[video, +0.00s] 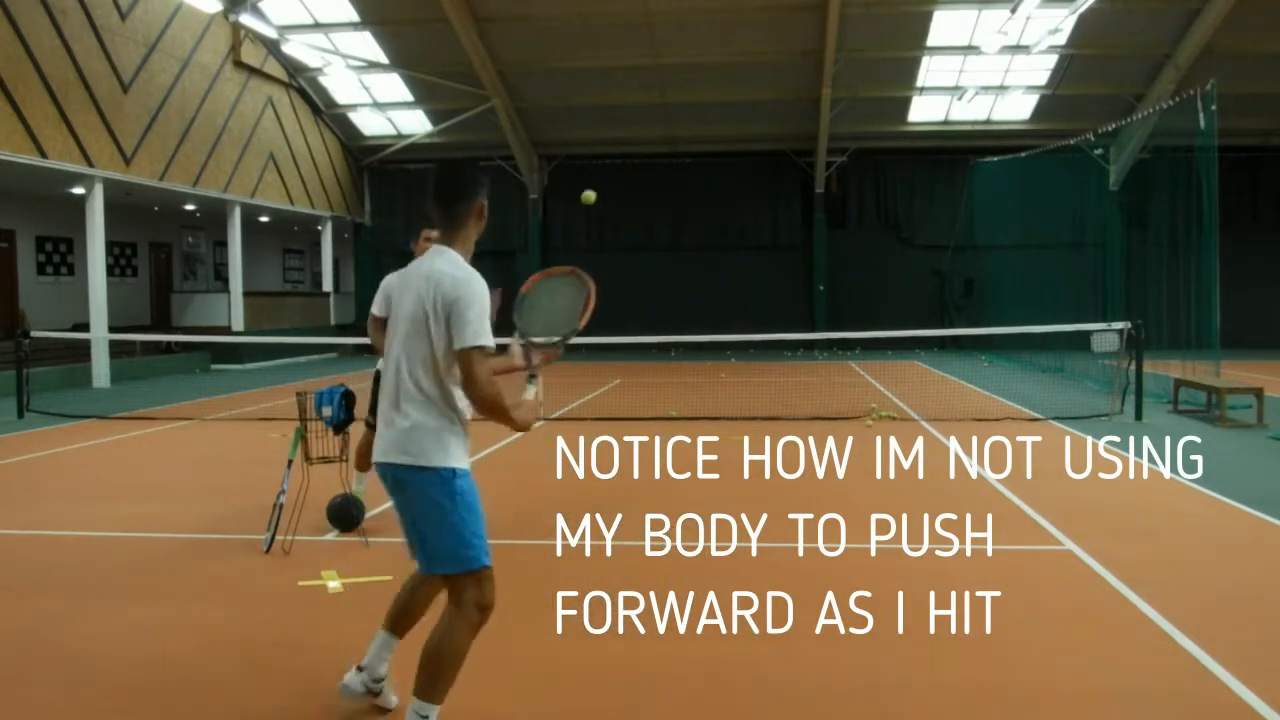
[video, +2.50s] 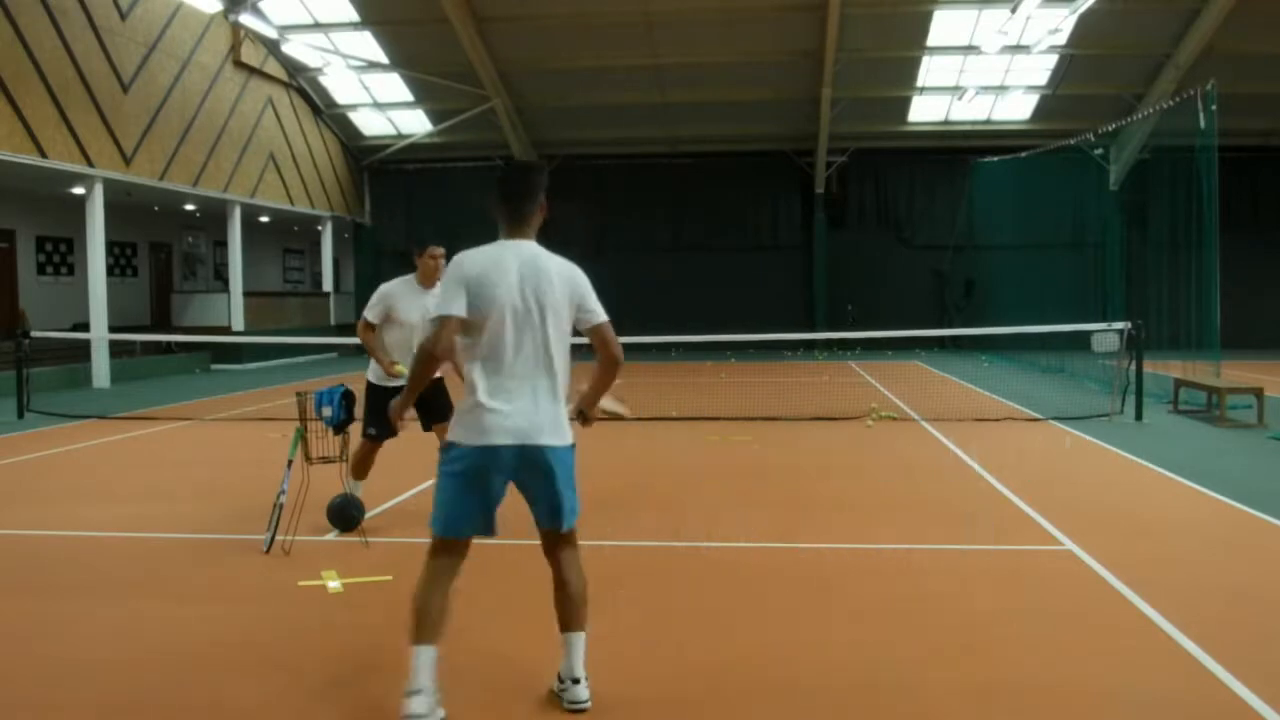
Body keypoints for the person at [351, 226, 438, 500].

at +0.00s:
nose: (432, 247)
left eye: (438, 242)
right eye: (427, 240)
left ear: (444, 248)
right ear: (414, 246)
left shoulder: (445, 284)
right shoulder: (394, 280)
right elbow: (375, 328)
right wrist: (396, 354)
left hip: (430, 372)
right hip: (391, 370)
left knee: (446, 428)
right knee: (374, 430)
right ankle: (357, 488)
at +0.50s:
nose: (385, 242)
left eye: (388, 238)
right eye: (378, 238)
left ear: (392, 243)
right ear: (365, 242)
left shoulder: (404, 279)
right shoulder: (348, 282)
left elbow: (413, 320)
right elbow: (334, 327)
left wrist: (412, 348)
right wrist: (373, 345)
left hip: (400, 371)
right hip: (359, 374)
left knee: (420, 426)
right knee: (350, 434)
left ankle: (422, 492)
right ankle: (349, 497)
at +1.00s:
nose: (384, 241)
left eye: (387, 236)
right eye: (377, 236)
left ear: (390, 241)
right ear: (362, 240)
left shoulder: (401, 276)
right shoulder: (346, 280)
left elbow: (412, 315)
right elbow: (332, 326)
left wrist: (429, 346)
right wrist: (366, 345)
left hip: (398, 370)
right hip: (360, 373)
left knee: (406, 428)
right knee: (352, 434)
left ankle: (413, 493)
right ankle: (350, 498)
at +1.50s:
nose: (394, 243)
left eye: (393, 237)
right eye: (389, 237)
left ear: (382, 241)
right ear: (372, 239)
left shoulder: (395, 276)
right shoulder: (346, 279)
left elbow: (404, 315)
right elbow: (331, 326)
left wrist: (425, 347)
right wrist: (367, 347)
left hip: (397, 370)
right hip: (360, 373)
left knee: (405, 429)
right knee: (351, 434)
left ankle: (413, 492)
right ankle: (350, 498)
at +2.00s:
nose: (395, 247)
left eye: (394, 241)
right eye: (393, 241)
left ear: (379, 242)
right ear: (381, 242)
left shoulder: (391, 277)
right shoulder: (347, 278)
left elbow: (401, 318)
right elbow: (329, 325)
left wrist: (437, 334)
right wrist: (366, 348)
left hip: (397, 371)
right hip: (360, 375)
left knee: (412, 429)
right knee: (353, 437)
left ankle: (413, 492)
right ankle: (351, 502)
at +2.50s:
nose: (439, 264)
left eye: (442, 258)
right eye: (432, 258)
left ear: (446, 262)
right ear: (418, 260)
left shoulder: (448, 294)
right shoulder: (390, 292)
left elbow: (451, 342)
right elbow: (365, 329)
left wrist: (469, 379)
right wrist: (385, 362)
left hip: (429, 379)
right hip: (386, 381)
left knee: (450, 436)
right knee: (372, 441)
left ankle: (456, 499)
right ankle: (352, 497)